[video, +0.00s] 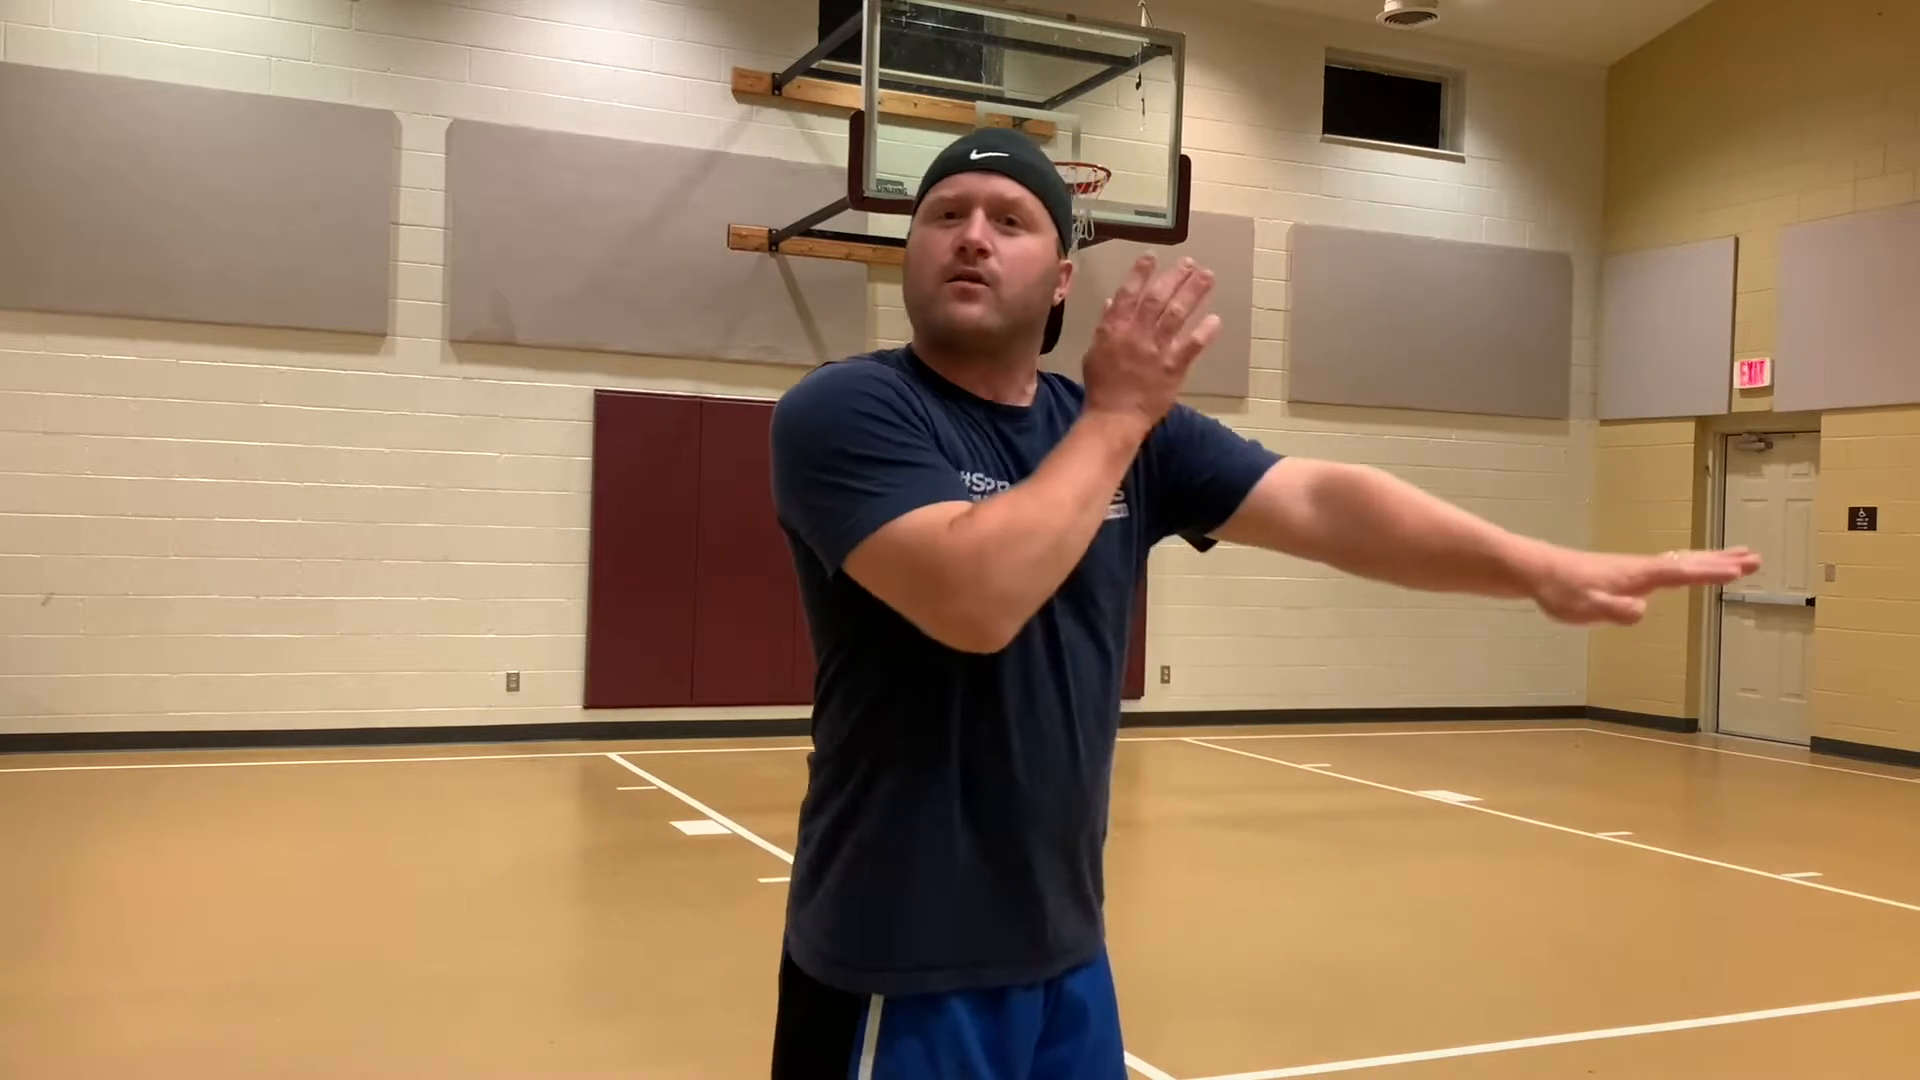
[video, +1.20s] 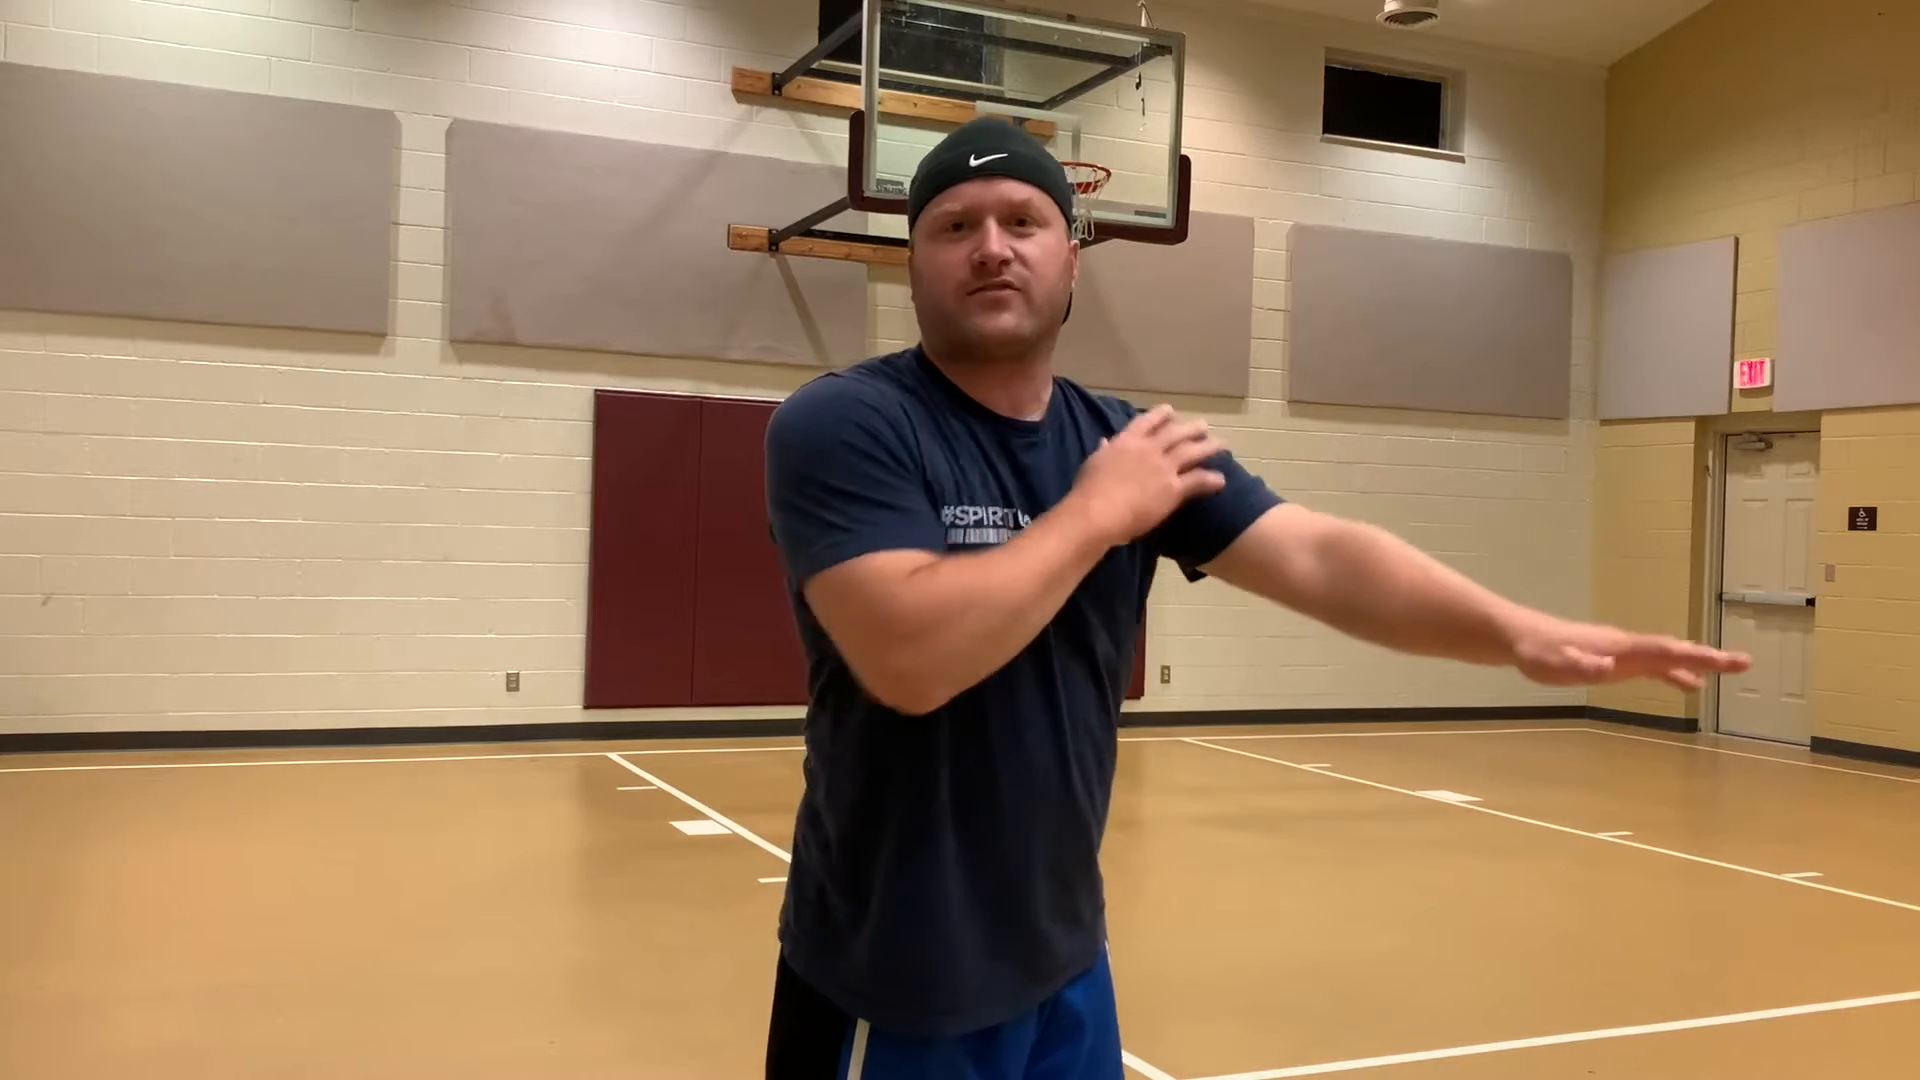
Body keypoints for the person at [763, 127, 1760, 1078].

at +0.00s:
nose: (968, 238)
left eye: (1007, 222)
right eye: (944, 217)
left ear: (1063, 275)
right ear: (903, 259)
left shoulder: (1111, 422)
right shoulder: (840, 413)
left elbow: (1319, 507)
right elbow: (975, 601)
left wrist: (1540, 568)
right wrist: (1115, 414)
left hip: (1061, 948)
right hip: (888, 962)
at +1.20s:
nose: (992, 247)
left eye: (1022, 223)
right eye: (959, 227)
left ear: (1072, 258)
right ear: (912, 266)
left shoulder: (1122, 440)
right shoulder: (839, 426)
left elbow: (1321, 557)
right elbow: (908, 657)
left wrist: (1515, 630)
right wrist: (1096, 511)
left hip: (1059, 951)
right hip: (885, 969)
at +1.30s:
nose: (1000, 247)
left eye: (1030, 220)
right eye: (965, 225)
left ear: (1077, 258)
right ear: (918, 265)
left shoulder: (1138, 454)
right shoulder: (839, 436)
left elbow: (1315, 592)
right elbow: (828, 685)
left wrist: (1504, 677)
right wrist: (1065, 584)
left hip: (1063, 959)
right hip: (889, 975)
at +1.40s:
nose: (1005, 246)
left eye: (1036, 220)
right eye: (969, 223)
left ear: (1085, 259)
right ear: (922, 266)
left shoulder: (1141, 454)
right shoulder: (836, 444)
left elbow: (1292, 620)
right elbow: (766, 688)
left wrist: (1483, 728)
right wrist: (996, 688)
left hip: (1071, 961)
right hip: (893, 981)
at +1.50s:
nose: (1015, 244)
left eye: (1045, 219)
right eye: (981, 219)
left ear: (1092, 258)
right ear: (930, 258)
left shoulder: (1145, 455)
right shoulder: (830, 451)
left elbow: (1262, 634)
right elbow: (746, 681)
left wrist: (1430, 768)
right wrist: (910, 787)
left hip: (1076, 968)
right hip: (895, 984)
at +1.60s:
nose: (1018, 239)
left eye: (1053, 221)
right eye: (988, 213)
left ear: (1099, 270)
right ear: (937, 254)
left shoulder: (1151, 456)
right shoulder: (830, 455)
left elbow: (1226, 641)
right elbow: (742, 683)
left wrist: (1364, 800)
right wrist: (845, 859)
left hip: (1080, 976)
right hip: (896, 996)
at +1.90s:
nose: (1049, 255)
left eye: (1088, 241)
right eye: (1022, 224)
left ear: (1123, 297)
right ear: (967, 256)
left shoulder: (1149, 465)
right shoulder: (834, 460)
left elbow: (1181, 670)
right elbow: (750, 701)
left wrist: (1236, 858)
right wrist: (803, 956)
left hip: (1077, 976)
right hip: (891, 1001)